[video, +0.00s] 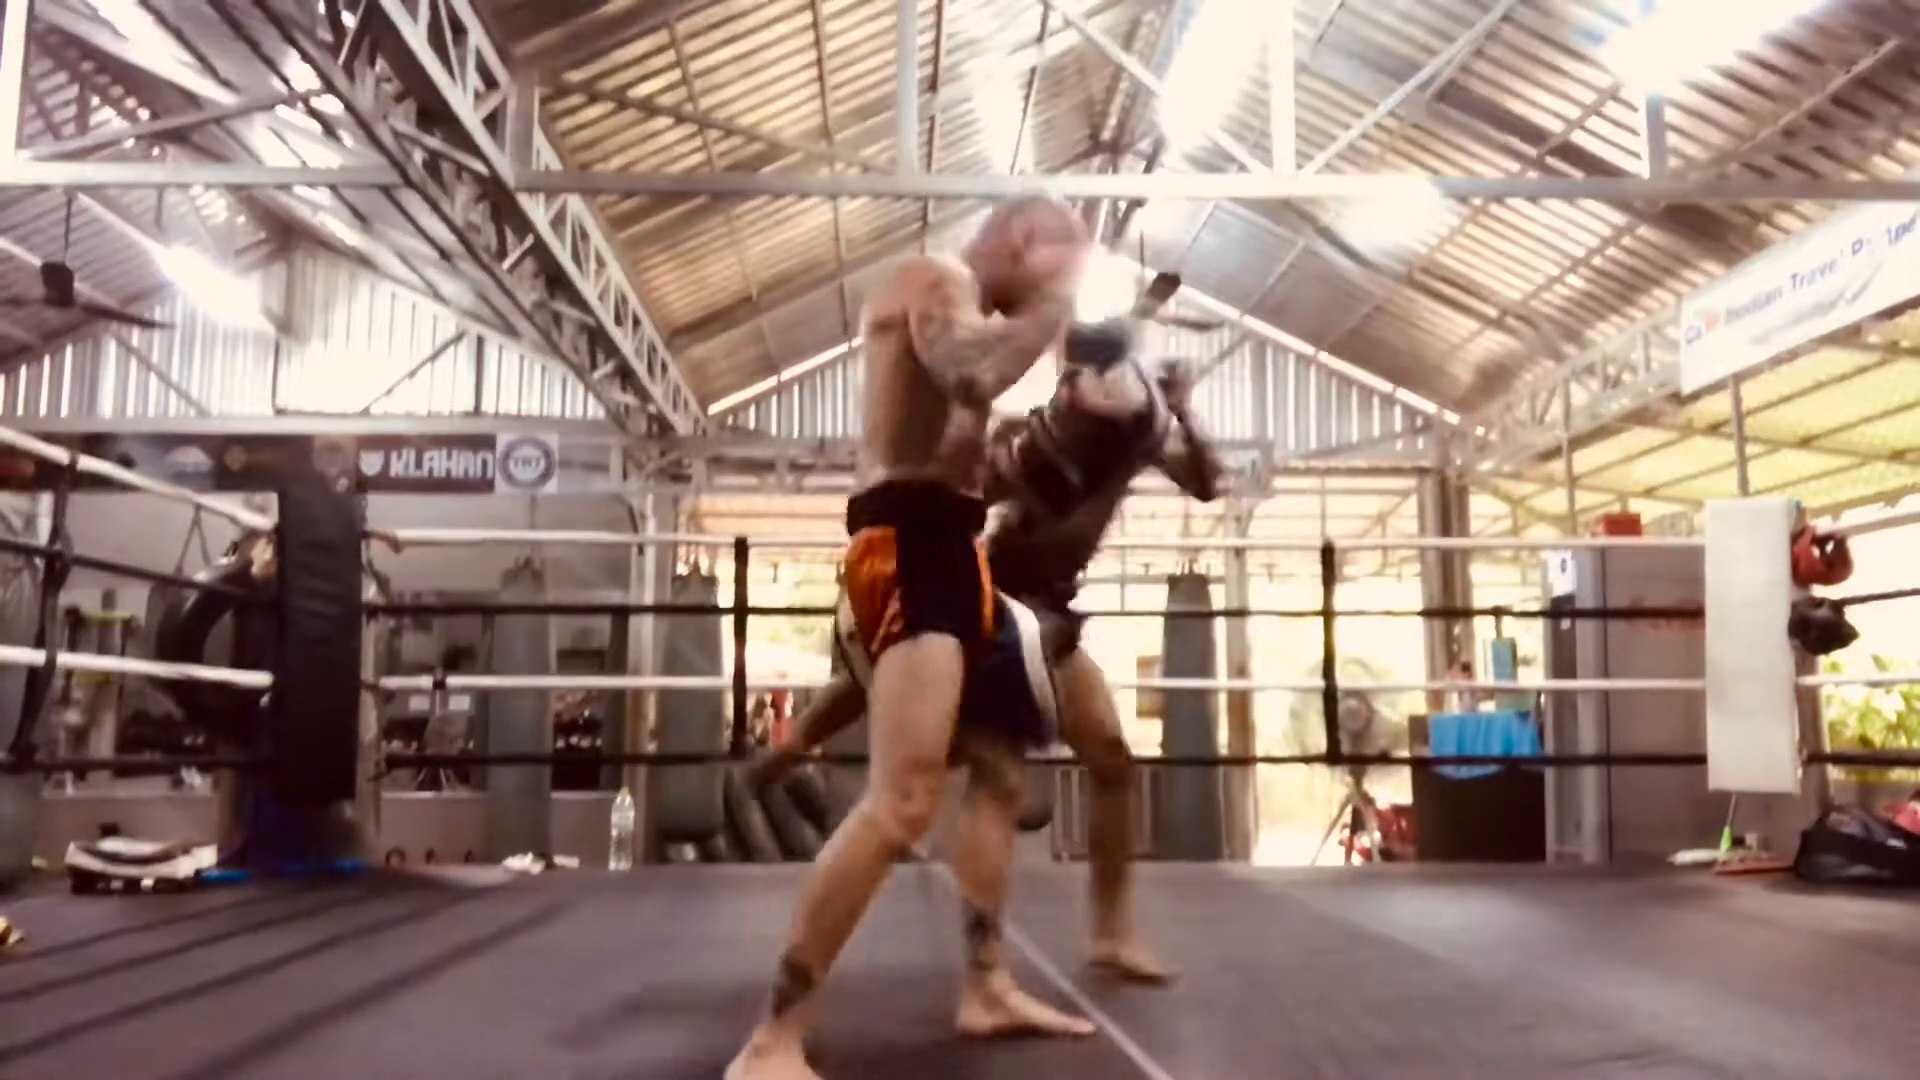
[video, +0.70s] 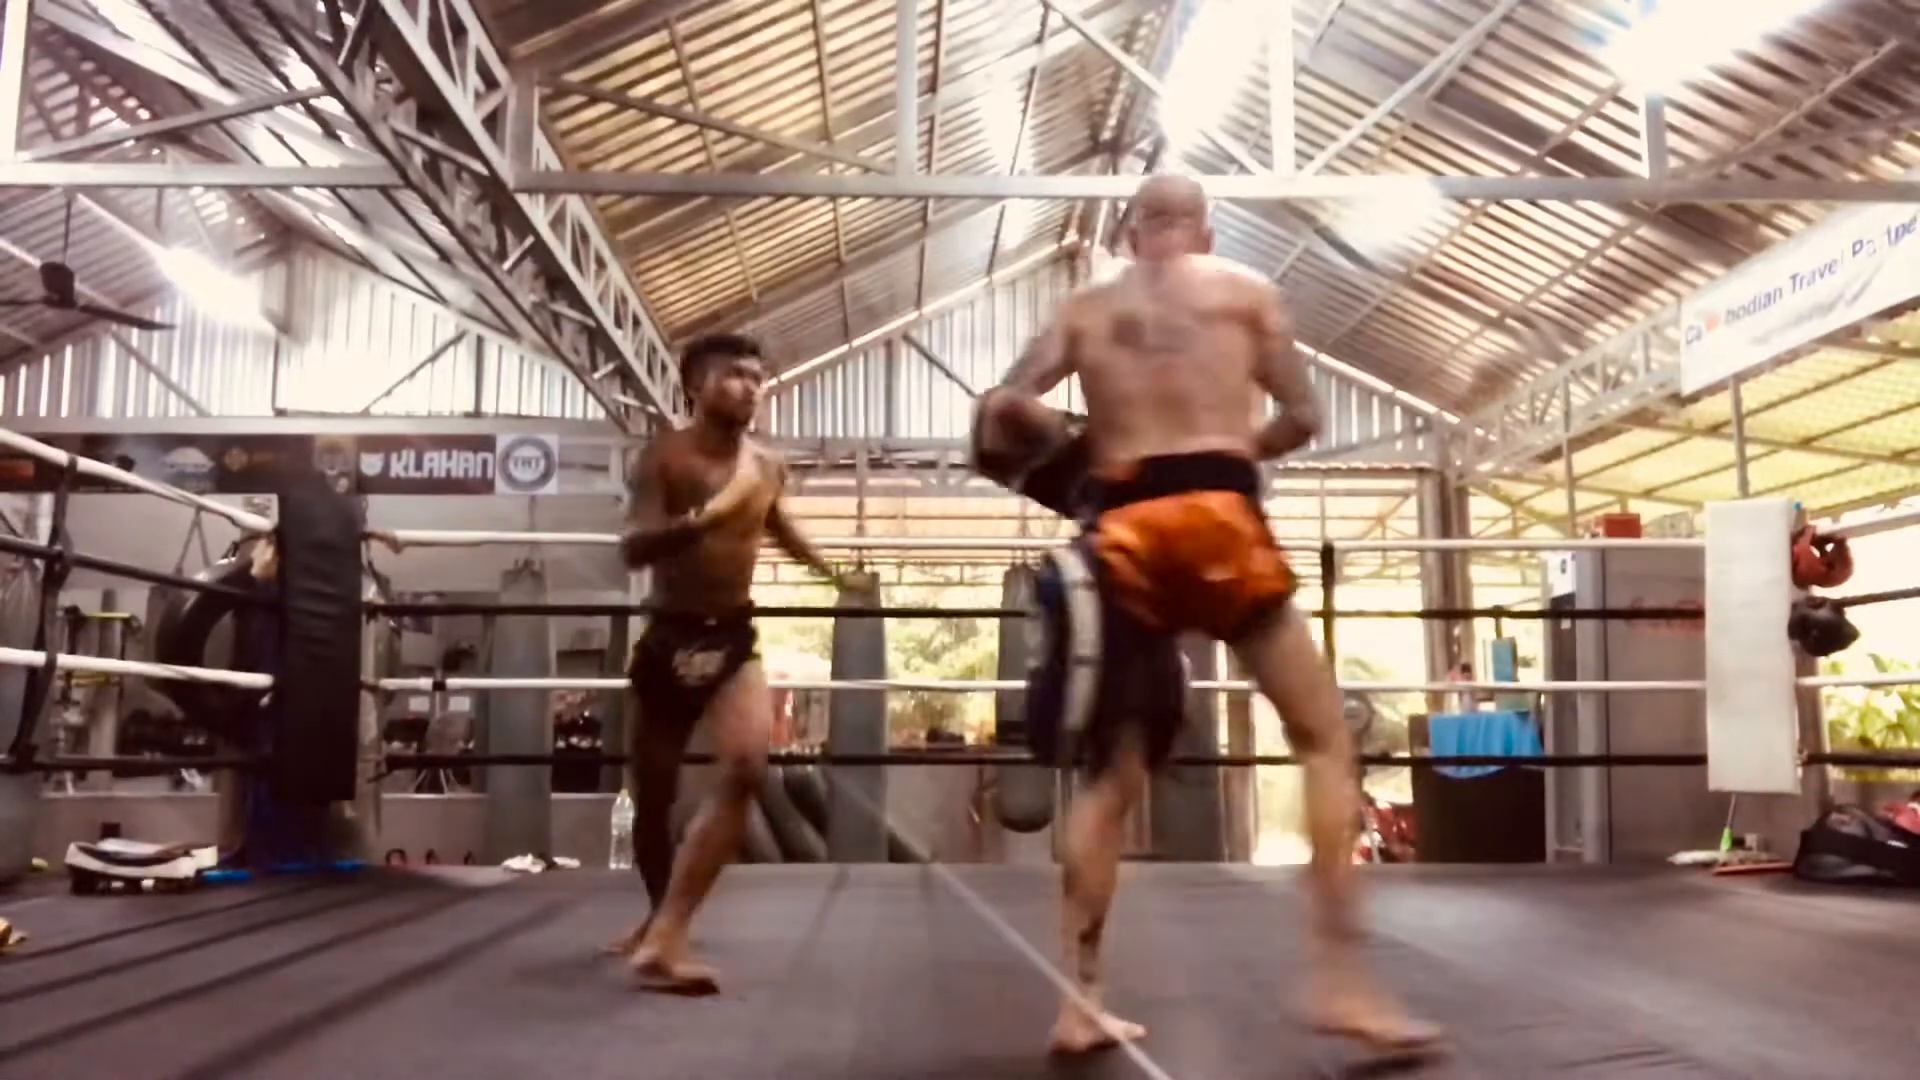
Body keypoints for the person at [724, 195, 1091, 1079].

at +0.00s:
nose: (1048, 286)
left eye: (1054, 272)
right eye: (1046, 265)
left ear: (1010, 245)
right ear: (1013, 240)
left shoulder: (971, 317)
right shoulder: (928, 277)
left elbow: (954, 467)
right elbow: (969, 372)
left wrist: (1022, 453)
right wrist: (1057, 308)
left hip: (956, 544)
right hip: (910, 539)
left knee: (998, 782)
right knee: (900, 804)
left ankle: (986, 987)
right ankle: (774, 1042)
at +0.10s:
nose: (1086, 264)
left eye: (1092, 248)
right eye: (1082, 242)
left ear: (1035, 220)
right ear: (1036, 217)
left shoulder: (1004, 304)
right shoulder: (951, 262)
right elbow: (1001, 356)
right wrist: (1117, 322)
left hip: (982, 536)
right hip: (922, 521)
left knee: (1014, 775)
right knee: (877, 784)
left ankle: (990, 987)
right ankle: (768, 1033)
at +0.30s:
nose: (1134, 240)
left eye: (1133, 222)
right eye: (1128, 220)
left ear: (1067, 214)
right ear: (1081, 213)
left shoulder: (1006, 288)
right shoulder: (1037, 259)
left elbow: (918, 440)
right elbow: (1102, 375)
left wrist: (1052, 482)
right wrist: (1171, 402)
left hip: (1005, 522)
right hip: (980, 509)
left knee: (1053, 765)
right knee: (902, 770)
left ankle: (1056, 993)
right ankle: (773, 1014)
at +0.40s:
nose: (1147, 254)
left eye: (1143, 239)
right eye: (1141, 237)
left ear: (1075, 231)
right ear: (1115, 229)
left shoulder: (1010, 314)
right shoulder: (1097, 277)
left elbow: (920, 438)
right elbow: (1166, 412)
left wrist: (974, 509)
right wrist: (1178, 455)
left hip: (991, 524)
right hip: (1033, 523)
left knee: (1083, 780)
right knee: (973, 782)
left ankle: (1075, 1004)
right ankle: (802, 993)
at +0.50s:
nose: (1162, 252)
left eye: (1155, 240)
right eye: (1158, 240)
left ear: (1082, 244)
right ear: (1144, 237)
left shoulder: (1028, 326)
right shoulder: (1149, 289)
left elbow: (946, 432)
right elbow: (1196, 411)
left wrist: (1007, 500)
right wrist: (1184, 478)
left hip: (1016, 533)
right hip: (1091, 520)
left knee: (1080, 788)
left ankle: (1077, 1006)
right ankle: (921, 942)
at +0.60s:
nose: (1181, 240)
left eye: (1168, 226)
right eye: (1178, 227)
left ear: (1105, 237)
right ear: (1172, 231)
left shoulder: (1051, 320)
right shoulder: (1195, 286)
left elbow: (975, 416)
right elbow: (1244, 420)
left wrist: (1044, 476)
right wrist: (1190, 475)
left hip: (1066, 528)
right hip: (1152, 514)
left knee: (1091, 776)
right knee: (1241, 761)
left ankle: (1077, 1000)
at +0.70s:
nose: (1197, 231)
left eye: (1184, 217)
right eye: (1195, 217)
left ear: (1133, 230)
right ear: (1201, 225)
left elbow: (1006, 405)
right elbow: (1303, 420)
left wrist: (1073, 443)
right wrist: (1231, 450)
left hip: (1122, 525)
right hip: (1223, 512)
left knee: (1108, 773)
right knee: (1324, 739)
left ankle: (1080, 1001)